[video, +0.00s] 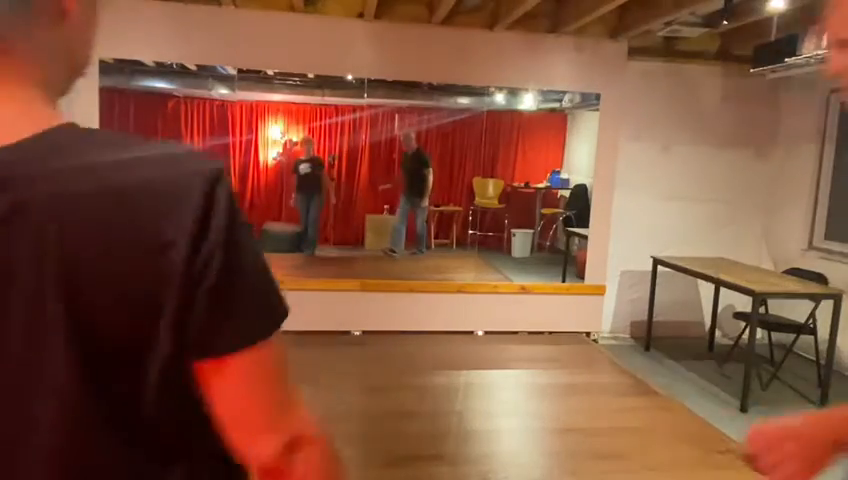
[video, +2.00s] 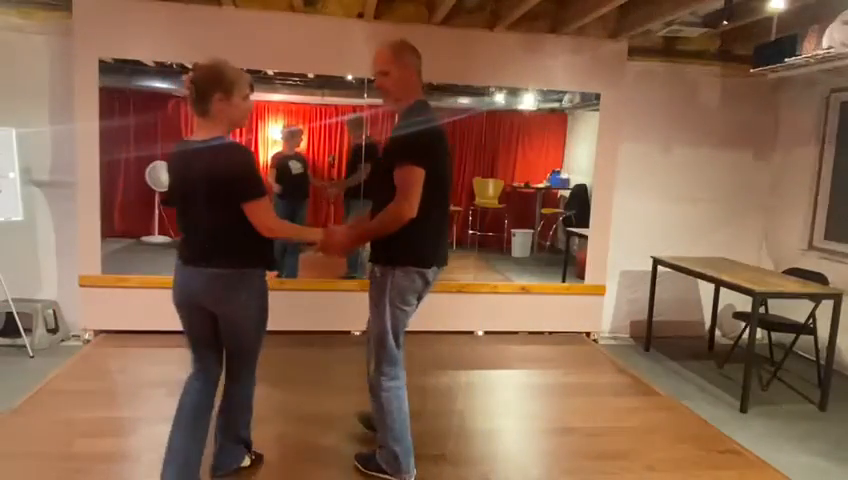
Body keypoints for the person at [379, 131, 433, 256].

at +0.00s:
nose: (405, 144)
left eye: (408, 141)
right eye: (404, 142)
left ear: (414, 141)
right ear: (402, 143)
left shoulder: (422, 156)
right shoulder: (405, 157)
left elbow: (429, 177)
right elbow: (401, 177)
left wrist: (426, 197)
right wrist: (388, 186)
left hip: (420, 195)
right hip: (407, 193)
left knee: (420, 223)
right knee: (400, 221)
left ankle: (421, 247)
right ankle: (395, 247)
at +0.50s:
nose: (397, 137)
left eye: (400, 133)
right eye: (395, 133)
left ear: (405, 133)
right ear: (392, 134)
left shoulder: (412, 149)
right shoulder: (390, 150)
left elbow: (420, 171)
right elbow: (386, 170)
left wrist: (412, 191)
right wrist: (380, 183)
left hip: (405, 190)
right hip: (392, 189)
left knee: (398, 219)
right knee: (392, 220)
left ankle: (400, 249)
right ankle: (394, 250)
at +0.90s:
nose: (390, 133)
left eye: (393, 130)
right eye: (388, 130)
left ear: (397, 133)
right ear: (384, 132)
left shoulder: (402, 149)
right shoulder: (380, 150)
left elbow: (411, 173)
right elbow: (373, 169)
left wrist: (412, 195)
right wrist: (364, 178)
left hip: (395, 192)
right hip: (380, 191)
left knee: (385, 223)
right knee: (378, 222)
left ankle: (380, 257)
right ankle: (388, 252)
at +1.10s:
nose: (384, 133)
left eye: (387, 129)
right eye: (383, 129)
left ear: (392, 131)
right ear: (380, 130)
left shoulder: (398, 148)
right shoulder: (376, 148)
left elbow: (406, 172)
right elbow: (369, 170)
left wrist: (402, 192)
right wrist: (354, 178)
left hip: (391, 193)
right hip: (375, 192)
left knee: (383, 226)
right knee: (368, 223)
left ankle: (383, 251)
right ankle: (371, 249)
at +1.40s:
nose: (374, 134)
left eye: (377, 130)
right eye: (372, 130)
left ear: (383, 131)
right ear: (369, 132)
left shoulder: (390, 150)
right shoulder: (365, 150)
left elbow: (395, 175)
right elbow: (358, 171)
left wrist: (382, 191)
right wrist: (342, 181)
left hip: (384, 195)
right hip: (368, 194)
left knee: (382, 230)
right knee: (362, 228)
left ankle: (379, 260)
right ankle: (352, 260)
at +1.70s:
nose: (358, 132)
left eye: (361, 127)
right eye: (356, 128)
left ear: (368, 127)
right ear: (354, 130)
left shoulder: (379, 147)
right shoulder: (355, 150)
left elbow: (381, 173)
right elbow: (352, 175)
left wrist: (360, 188)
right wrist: (336, 184)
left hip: (375, 196)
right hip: (358, 195)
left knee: (375, 231)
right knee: (357, 231)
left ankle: (376, 262)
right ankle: (355, 266)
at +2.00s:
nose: (349, 132)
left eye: (351, 128)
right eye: (350, 128)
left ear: (355, 128)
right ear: (360, 127)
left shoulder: (366, 147)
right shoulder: (355, 148)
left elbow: (363, 173)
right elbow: (353, 174)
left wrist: (341, 186)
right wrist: (338, 186)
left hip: (362, 196)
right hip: (352, 196)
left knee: (356, 232)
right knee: (354, 232)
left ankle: (355, 269)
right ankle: (354, 268)